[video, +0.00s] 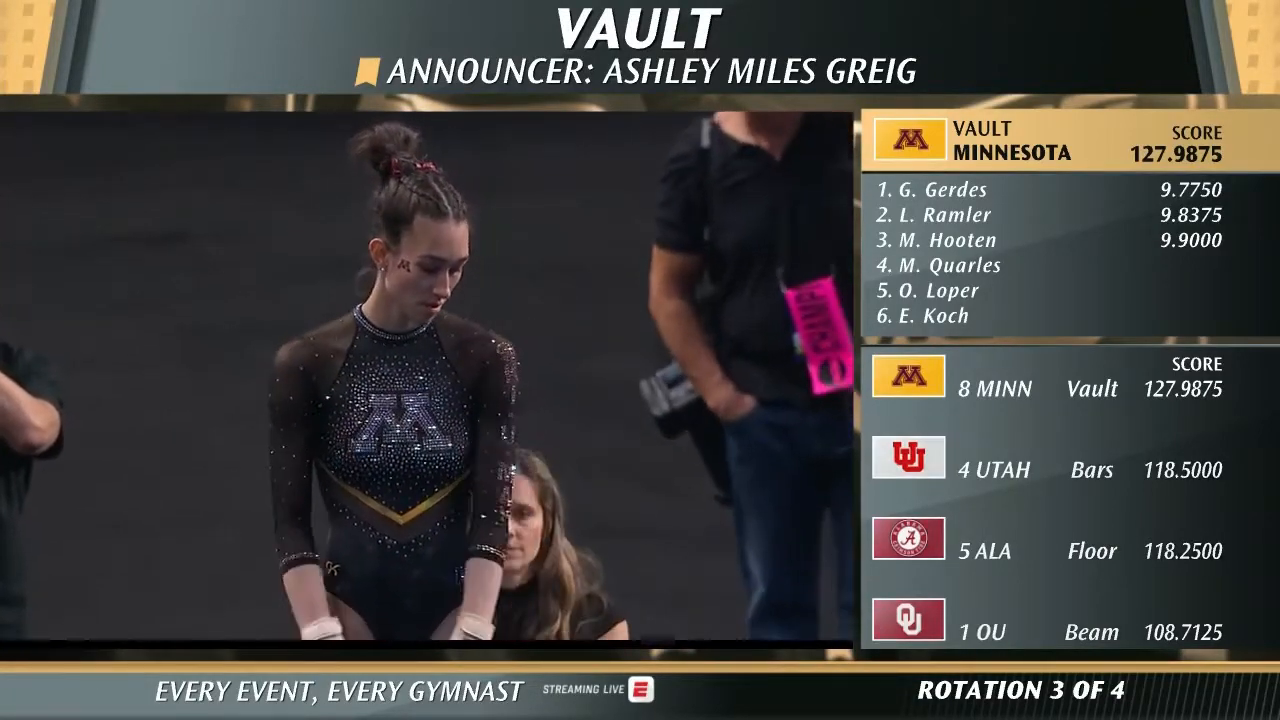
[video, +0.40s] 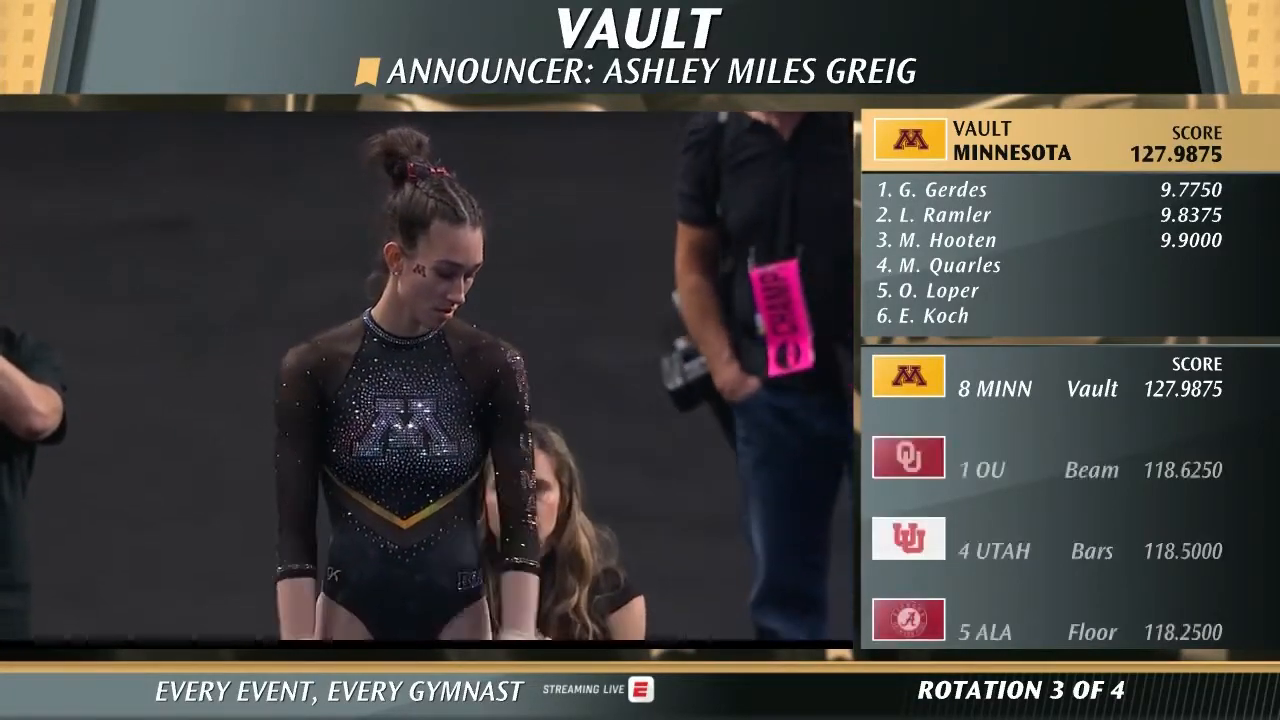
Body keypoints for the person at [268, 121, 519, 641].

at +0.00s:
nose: (445, 287)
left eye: (457, 268)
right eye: (429, 267)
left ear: (467, 260)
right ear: (381, 255)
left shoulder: (486, 360)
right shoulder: (305, 363)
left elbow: (490, 508)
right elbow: (290, 518)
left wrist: (475, 624)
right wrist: (318, 631)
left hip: (454, 602)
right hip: (351, 602)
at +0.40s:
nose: (459, 293)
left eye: (470, 274)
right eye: (444, 272)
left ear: (481, 265)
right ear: (396, 259)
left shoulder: (494, 367)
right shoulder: (313, 368)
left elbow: (518, 522)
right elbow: (295, 531)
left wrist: (518, 642)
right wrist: (296, 659)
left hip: (462, 606)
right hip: (350, 605)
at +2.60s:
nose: (471, 244)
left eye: (480, 226)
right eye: (459, 226)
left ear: (486, 215)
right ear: (409, 211)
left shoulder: (492, 314)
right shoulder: (315, 312)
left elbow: (512, 468)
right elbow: (286, 465)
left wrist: (522, 610)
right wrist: (262, 611)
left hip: (457, 560)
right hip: (349, 556)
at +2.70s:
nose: (471, 245)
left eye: (478, 227)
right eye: (458, 226)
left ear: (483, 216)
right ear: (405, 210)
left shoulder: (488, 316)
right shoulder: (312, 313)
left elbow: (512, 469)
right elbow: (281, 468)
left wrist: (536, 613)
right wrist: (254, 614)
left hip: (453, 562)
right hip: (345, 559)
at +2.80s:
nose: (466, 241)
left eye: (473, 224)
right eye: (453, 222)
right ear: (401, 207)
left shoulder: (483, 313)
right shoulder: (306, 310)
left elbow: (512, 466)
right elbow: (276, 467)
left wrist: (542, 604)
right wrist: (249, 609)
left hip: (449, 558)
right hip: (342, 556)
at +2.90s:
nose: (458, 244)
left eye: (465, 225)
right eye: (444, 224)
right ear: (392, 211)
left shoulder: (475, 314)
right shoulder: (297, 313)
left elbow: (505, 465)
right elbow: (266, 465)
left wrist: (539, 602)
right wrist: (247, 607)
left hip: (443, 560)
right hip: (335, 558)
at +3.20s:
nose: (459, 246)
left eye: (466, 228)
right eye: (445, 228)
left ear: (472, 218)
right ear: (392, 214)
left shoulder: (479, 317)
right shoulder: (303, 318)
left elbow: (499, 466)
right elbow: (277, 467)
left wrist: (510, 609)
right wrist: (277, 609)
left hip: (449, 562)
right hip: (341, 560)